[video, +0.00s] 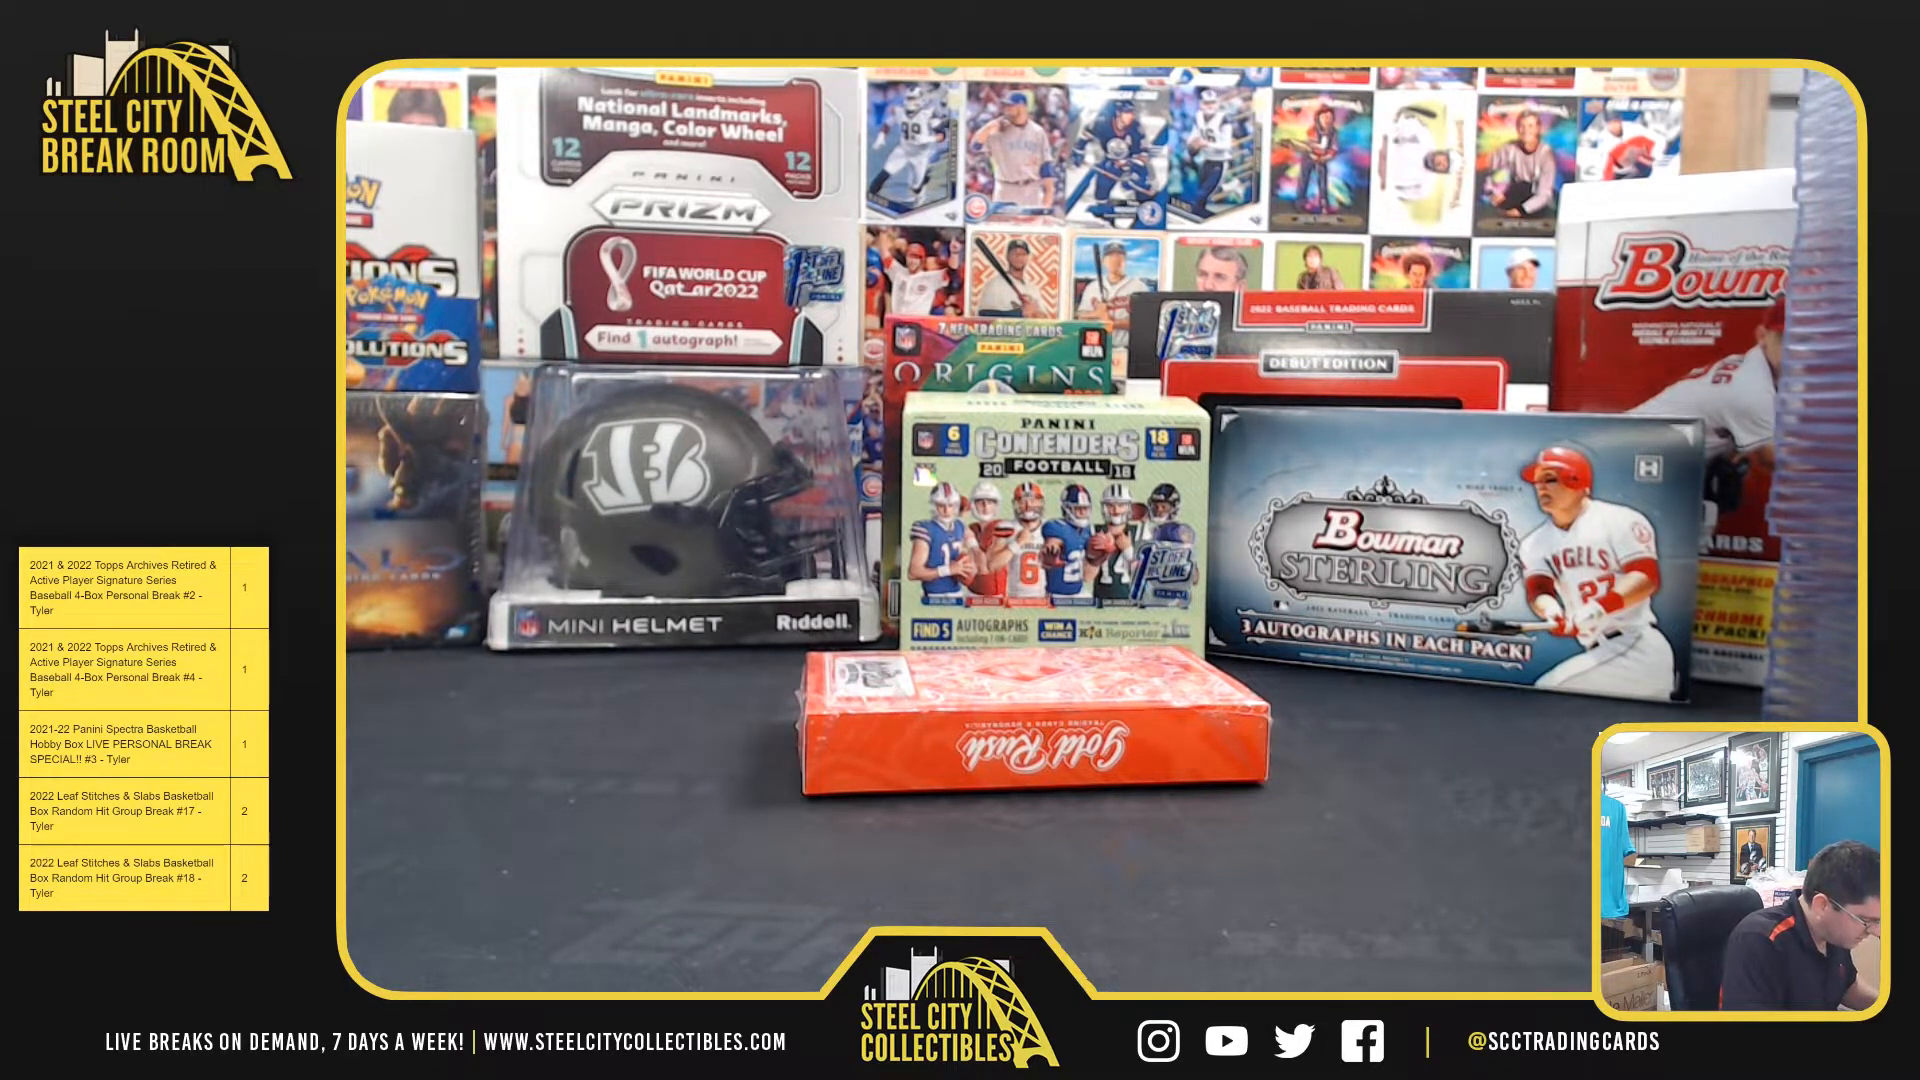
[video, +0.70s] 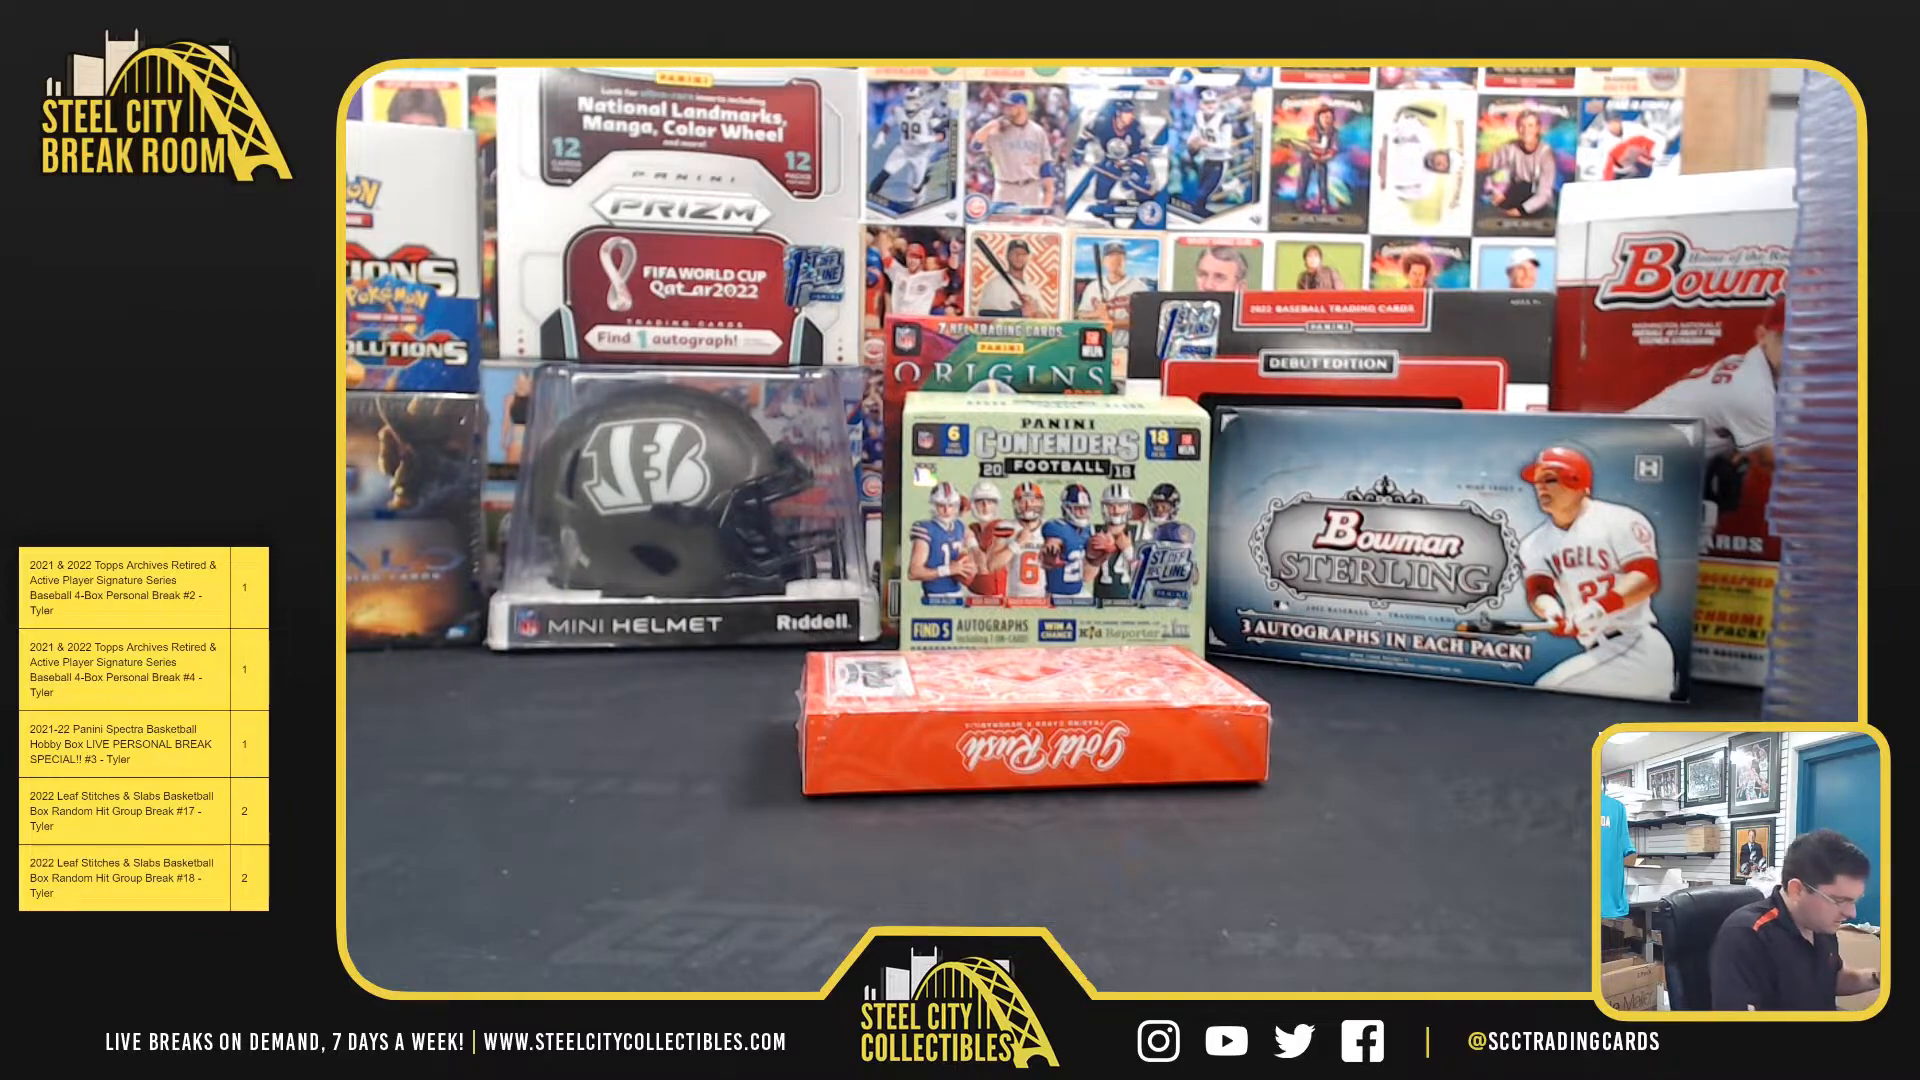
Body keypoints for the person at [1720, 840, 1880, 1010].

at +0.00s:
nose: (1876, 933)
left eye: (1877, 922)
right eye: (1866, 921)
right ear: (1821, 905)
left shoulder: (1833, 931)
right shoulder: (1757, 941)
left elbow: (1849, 989)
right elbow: (1745, 1020)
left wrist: (1886, 1005)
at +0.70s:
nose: (1851, 913)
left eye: (1854, 901)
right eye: (1839, 901)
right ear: (1797, 889)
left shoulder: (1820, 924)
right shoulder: (1744, 935)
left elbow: (1831, 979)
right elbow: (1735, 1018)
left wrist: (1876, 978)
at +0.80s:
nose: (1844, 908)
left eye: (1848, 896)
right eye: (1833, 896)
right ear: (1790, 884)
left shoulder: (1818, 925)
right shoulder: (1737, 932)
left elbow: (1827, 983)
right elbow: (1725, 1018)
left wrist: (1871, 980)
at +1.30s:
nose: (1813, 895)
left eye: (1821, 884)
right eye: (1802, 881)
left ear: (1826, 880)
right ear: (1768, 872)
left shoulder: (1825, 929)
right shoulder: (1723, 924)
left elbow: (1856, 1006)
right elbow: (1704, 1003)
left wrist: (1868, 986)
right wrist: (1799, 1000)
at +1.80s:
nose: (1806, 896)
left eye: (1814, 884)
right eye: (1793, 882)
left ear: (1821, 880)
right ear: (1761, 875)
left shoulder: (1830, 927)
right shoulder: (1718, 930)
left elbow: (1866, 976)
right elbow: (1688, 1004)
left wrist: (1880, 990)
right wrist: (1771, 995)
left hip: (1823, 1049)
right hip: (1742, 1052)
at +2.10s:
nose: (1828, 919)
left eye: (1835, 903)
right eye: (1811, 904)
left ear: (1840, 894)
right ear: (1768, 894)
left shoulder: (1837, 932)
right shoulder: (1720, 956)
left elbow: (1872, 969)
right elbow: (1687, 1023)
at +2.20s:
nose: (1837, 928)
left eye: (1845, 910)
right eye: (1819, 912)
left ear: (1851, 901)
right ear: (1772, 900)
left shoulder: (1845, 936)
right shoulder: (1728, 958)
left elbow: (1895, 977)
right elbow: (1706, 1026)